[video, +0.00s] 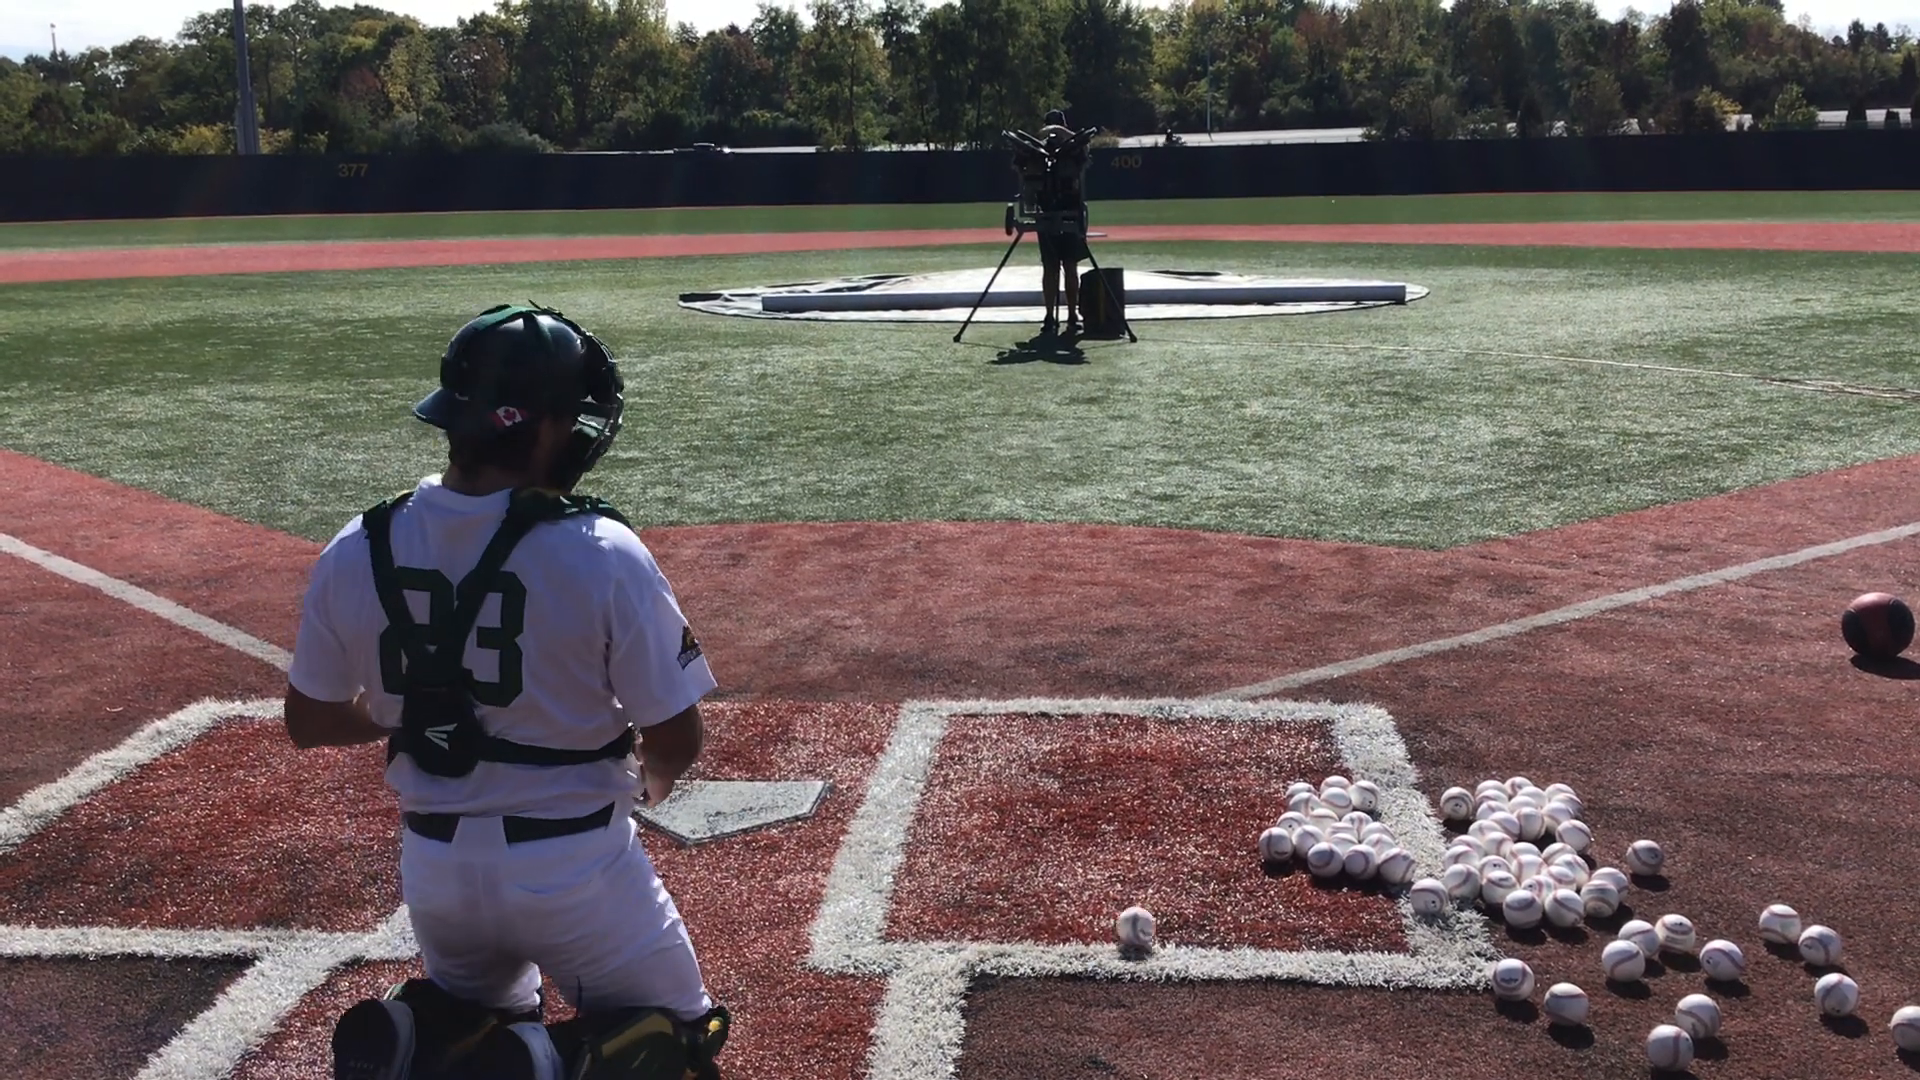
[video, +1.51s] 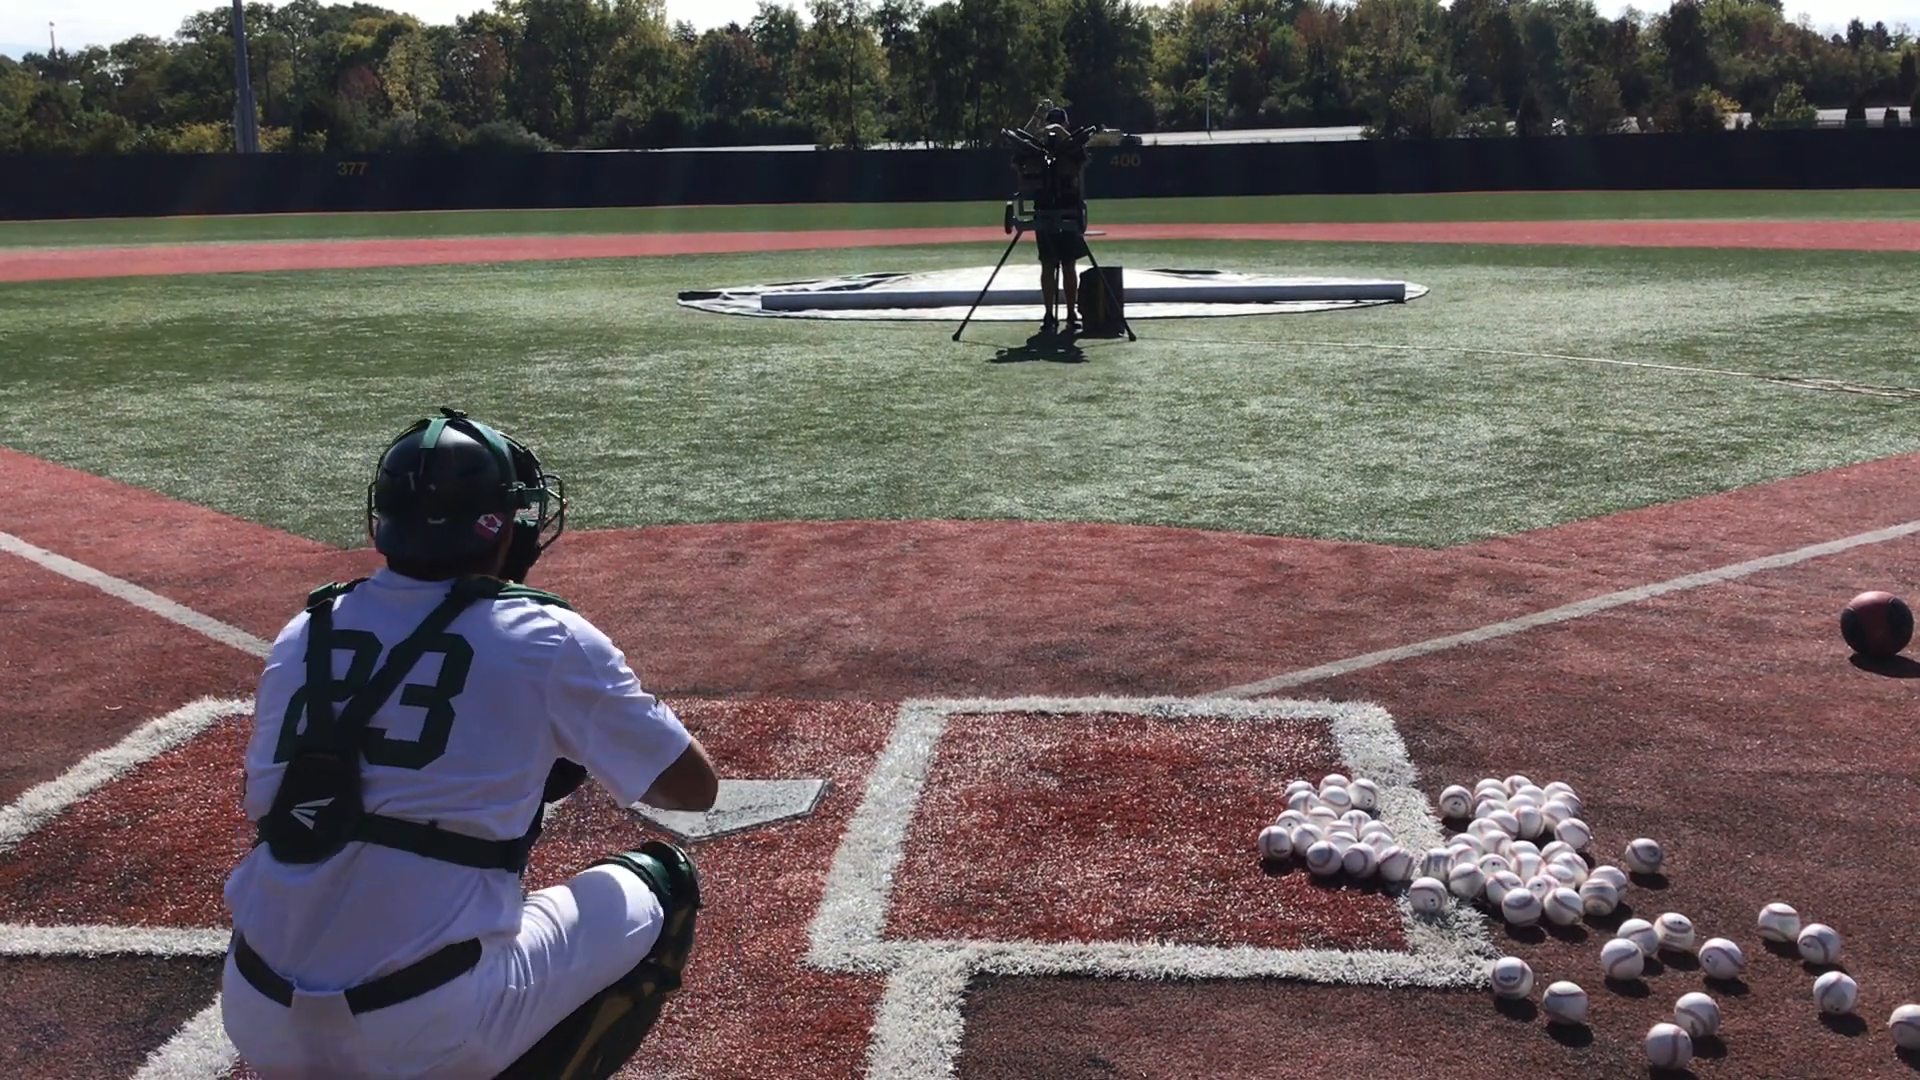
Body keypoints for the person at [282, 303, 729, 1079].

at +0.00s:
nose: (587, 447)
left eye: (588, 429)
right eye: (582, 428)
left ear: (455, 421)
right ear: (546, 432)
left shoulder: (358, 549)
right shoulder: (601, 555)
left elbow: (310, 717)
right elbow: (678, 736)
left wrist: (414, 711)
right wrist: (653, 774)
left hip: (435, 863)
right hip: (576, 868)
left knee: (481, 1014)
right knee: (678, 1039)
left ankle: (398, 1037)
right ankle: (531, 1059)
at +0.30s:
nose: (570, 512)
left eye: (568, 496)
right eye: (563, 497)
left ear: (426, 505)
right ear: (540, 517)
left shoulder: (337, 641)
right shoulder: (603, 645)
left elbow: (296, 823)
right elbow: (680, 828)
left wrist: (411, 793)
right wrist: (574, 788)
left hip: (393, 996)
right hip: (561, 1000)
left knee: (347, 979)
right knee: (689, 1023)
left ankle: (348, 1064)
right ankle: (568, 1071)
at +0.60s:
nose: (522, 521)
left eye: (519, 503)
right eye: (517, 506)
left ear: (380, 517)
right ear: (496, 527)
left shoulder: (290, 649)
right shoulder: (553, 662)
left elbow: (260, 841)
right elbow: (628, 862)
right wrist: (554, 788)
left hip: (313, 1038)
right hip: (475, 1044)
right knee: (695, 930)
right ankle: (568, 1071)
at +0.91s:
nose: (513, 540)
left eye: (508, 523)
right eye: (504, 525)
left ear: (363, 540)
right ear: (479, 552)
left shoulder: (280, 666)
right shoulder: (533, 680)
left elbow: (253, 851)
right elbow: (640, 849)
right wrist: (587, 730)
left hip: (262, 1046)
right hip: (429, 1056)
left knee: (248, 884)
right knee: (714, 898)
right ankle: (580, 1068)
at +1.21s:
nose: (516, 555)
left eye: (512, 537)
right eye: (509, 540)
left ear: (372, 551)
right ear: (482, 562)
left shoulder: (281, 673)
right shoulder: (532, 683)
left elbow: (256, 848)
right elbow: (633, 863)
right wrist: (617, 746)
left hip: (253, 1052)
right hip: (426, 1062)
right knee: (707, 892)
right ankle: (581, 1068)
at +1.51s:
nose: (529, 529)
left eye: (526, 512)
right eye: (521, 516)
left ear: (385, 527)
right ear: (499, 534)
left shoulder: (307, 627)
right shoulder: (547, 639)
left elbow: (262, 801)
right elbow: (694, 786)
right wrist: (592, 746)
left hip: (259, 1024)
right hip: (420, 1039)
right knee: (665, 884)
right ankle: (544, 1067)